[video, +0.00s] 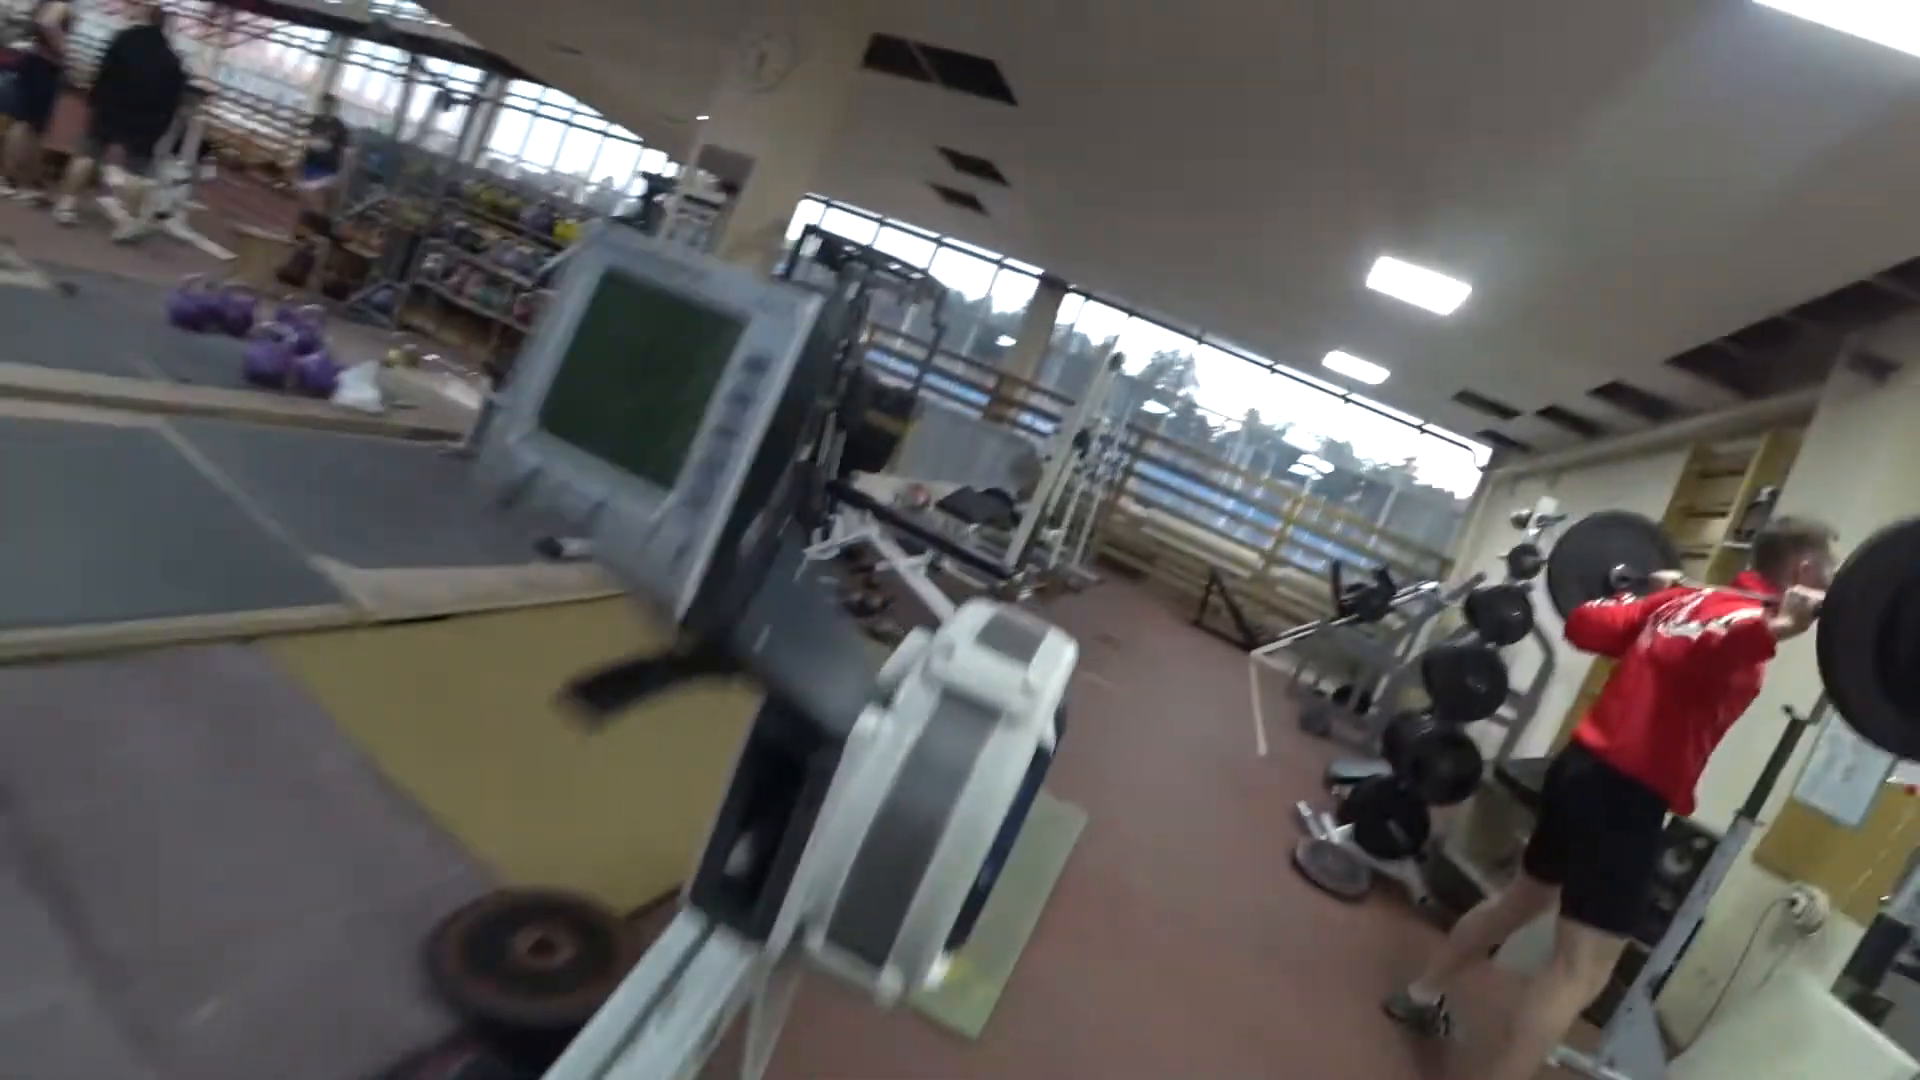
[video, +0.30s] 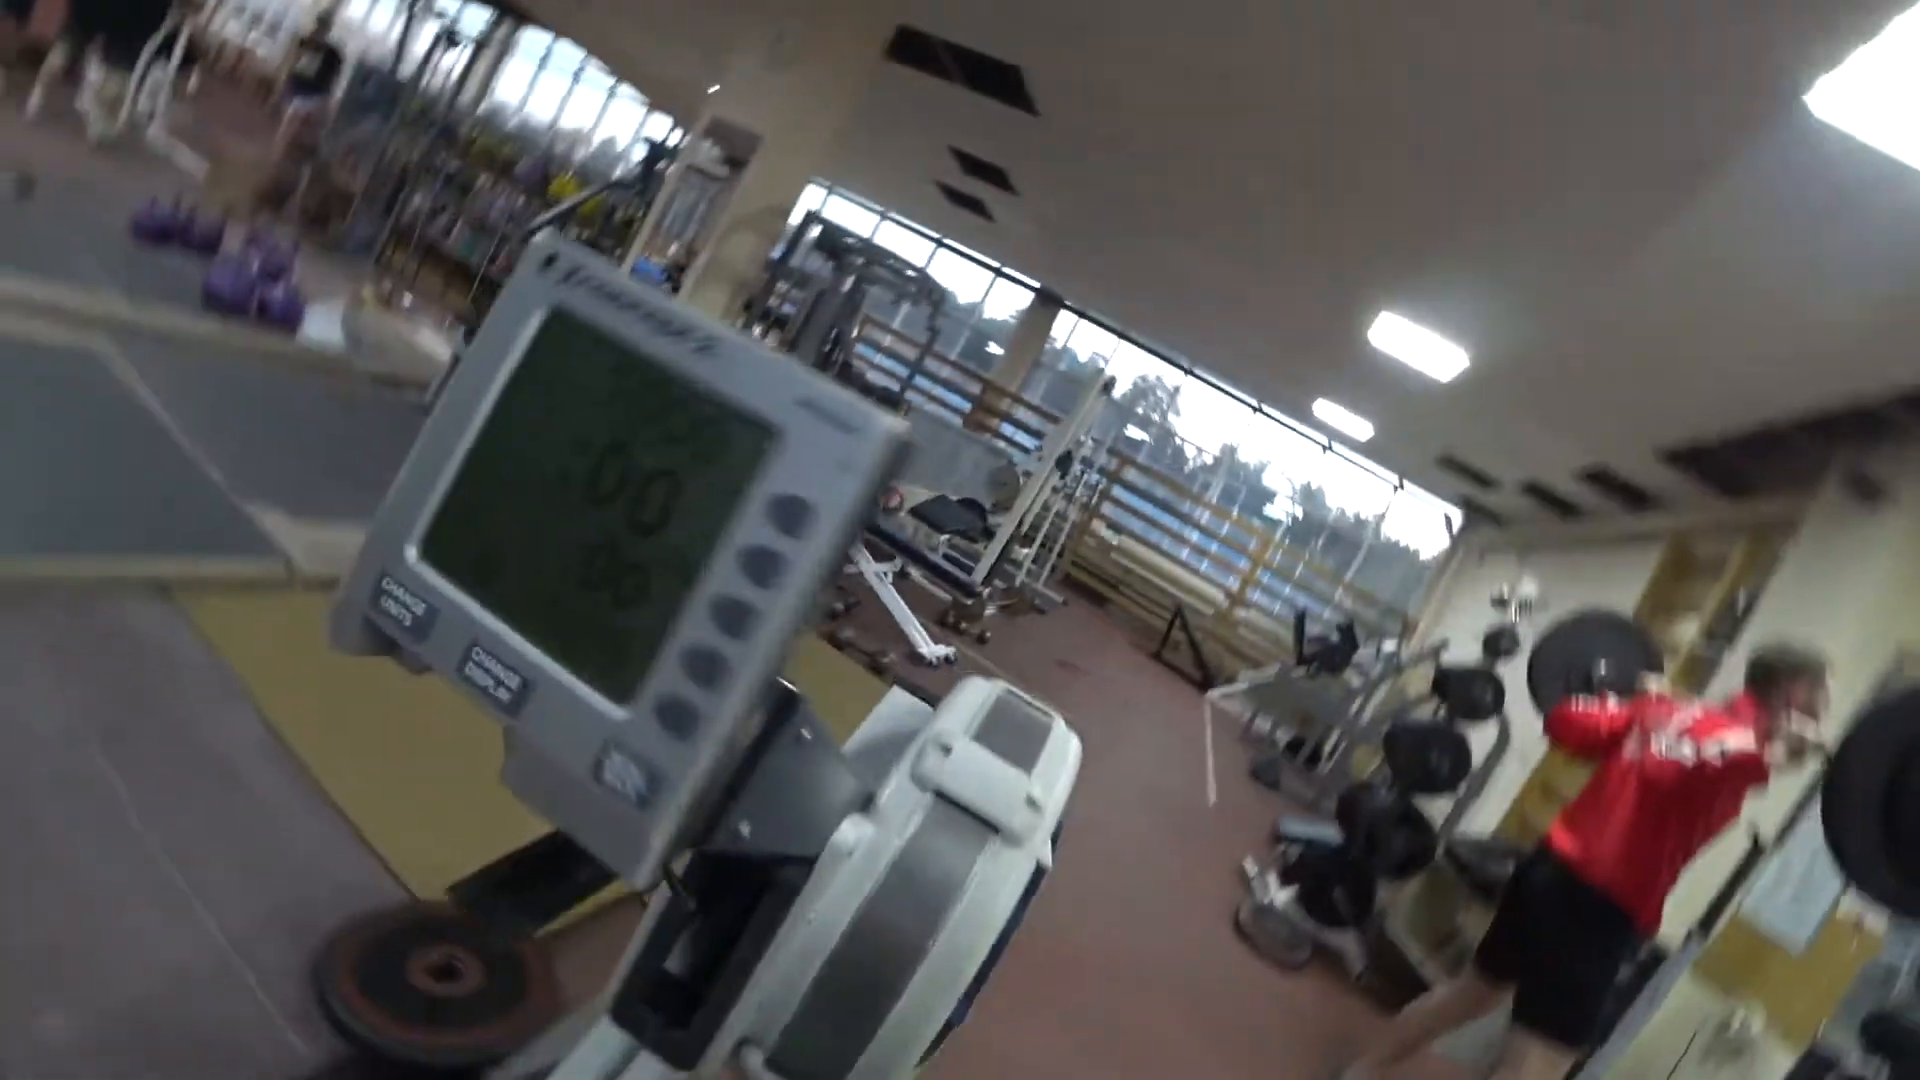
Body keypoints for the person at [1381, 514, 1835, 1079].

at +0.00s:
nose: (1827, 592)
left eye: (1828, 578)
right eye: (1825, 578)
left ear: (1757, 561)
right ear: (1800, 577)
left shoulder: (1679, 598)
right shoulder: (1753, 621)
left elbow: (1584, 625)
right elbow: (1709, 649)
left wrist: (1647, 595)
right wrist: (1776, 629)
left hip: (1578, 765)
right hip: (1631, 799)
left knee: (1522, 898)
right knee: (1577, 971)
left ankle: (1419, 994)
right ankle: (1509, 1069)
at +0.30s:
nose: (1816, 720)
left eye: (1819, 706)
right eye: (1813, 705)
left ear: (1752, 683)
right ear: (1784, 698)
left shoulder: (1665, 710)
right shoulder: (1742, 746)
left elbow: (1568, 720)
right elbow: (1668, 769)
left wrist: (1636, 701)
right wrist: (1767, 758)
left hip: (1548, 868)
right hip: (1603, 907)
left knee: (1475, 987)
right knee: (1537, 1058)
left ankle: (1361, 1067)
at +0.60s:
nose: (1900, 778)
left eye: (1904, 768)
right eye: (1901, 765)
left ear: (1832, 738)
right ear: (1876, 756)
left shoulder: (1740, 759)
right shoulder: (1824, 801)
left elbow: (1627, 762)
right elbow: (1770, 827)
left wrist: (1698, 749)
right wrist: (1860, 814)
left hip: (1602, 915)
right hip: (1658, 964)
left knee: (1515, 1040)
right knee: (1595, 1075)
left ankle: (1418, 1077)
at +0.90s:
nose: (1914, 711)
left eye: (1915, 698)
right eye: (1916, 699)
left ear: (1859, 675)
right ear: (1903, 695)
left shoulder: (1768, 699)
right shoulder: (1869, 745)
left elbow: (1661, 714)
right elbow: (1830, 761)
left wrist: (1707, 681)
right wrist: (1890, 756)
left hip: (1643, 864)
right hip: (1704, 910)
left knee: (1558, 985)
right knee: (1631, 1058)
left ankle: (1440, 1065)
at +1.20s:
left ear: (1898, 384)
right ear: (1917, 398)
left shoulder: (1814, 447)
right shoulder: (1907, 464)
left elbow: (1711, 484)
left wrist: (1746, 435)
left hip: (1738, 634)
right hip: (1818, 664)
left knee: (1683, 773)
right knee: (1770, 846)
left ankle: (1589, 891)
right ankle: (1685, 1029)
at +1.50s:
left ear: (1861, 164)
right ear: (1907, 161)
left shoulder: (1790, 236)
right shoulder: (1903, 228)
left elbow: (1687, 301)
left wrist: (1735, 248)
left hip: (1742, 445)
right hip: (1822, 457)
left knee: (1722, 598)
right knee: (1821, 653)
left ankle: (1650, 724)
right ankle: (1770, 838)